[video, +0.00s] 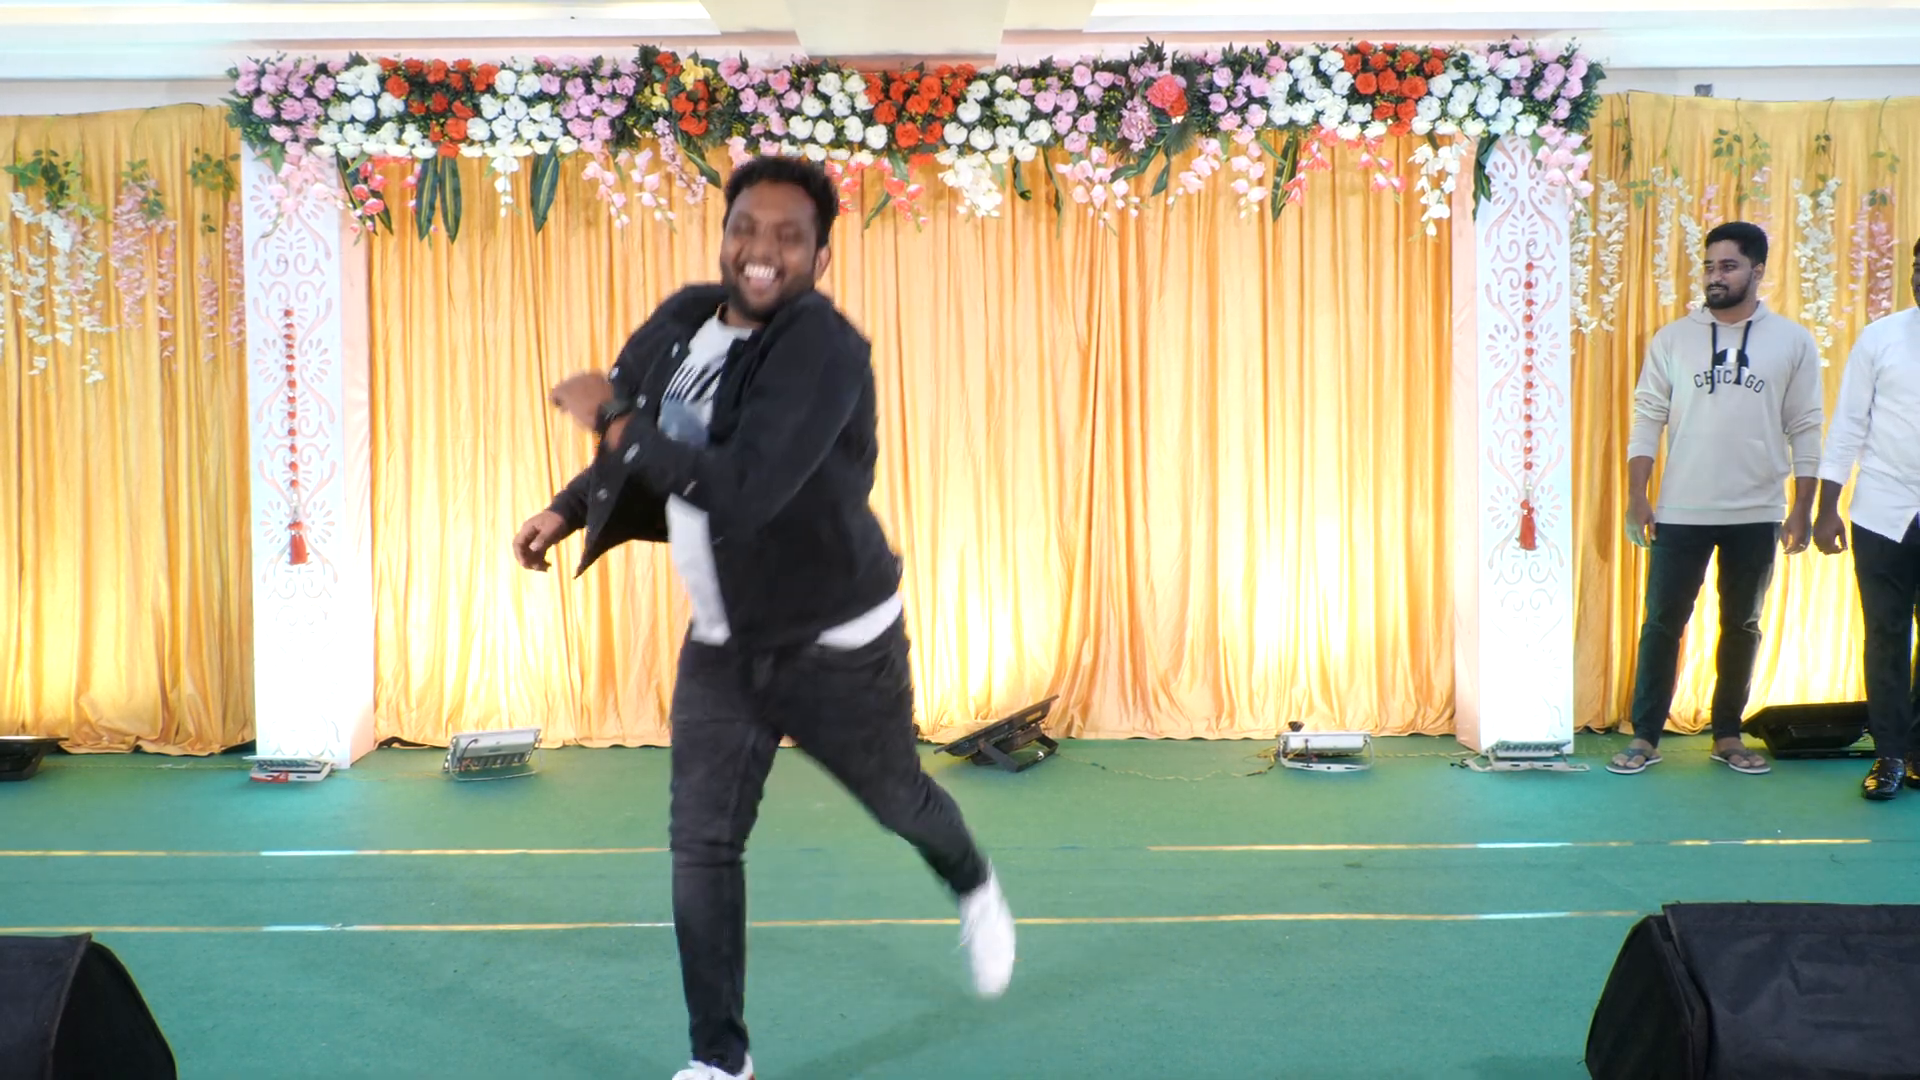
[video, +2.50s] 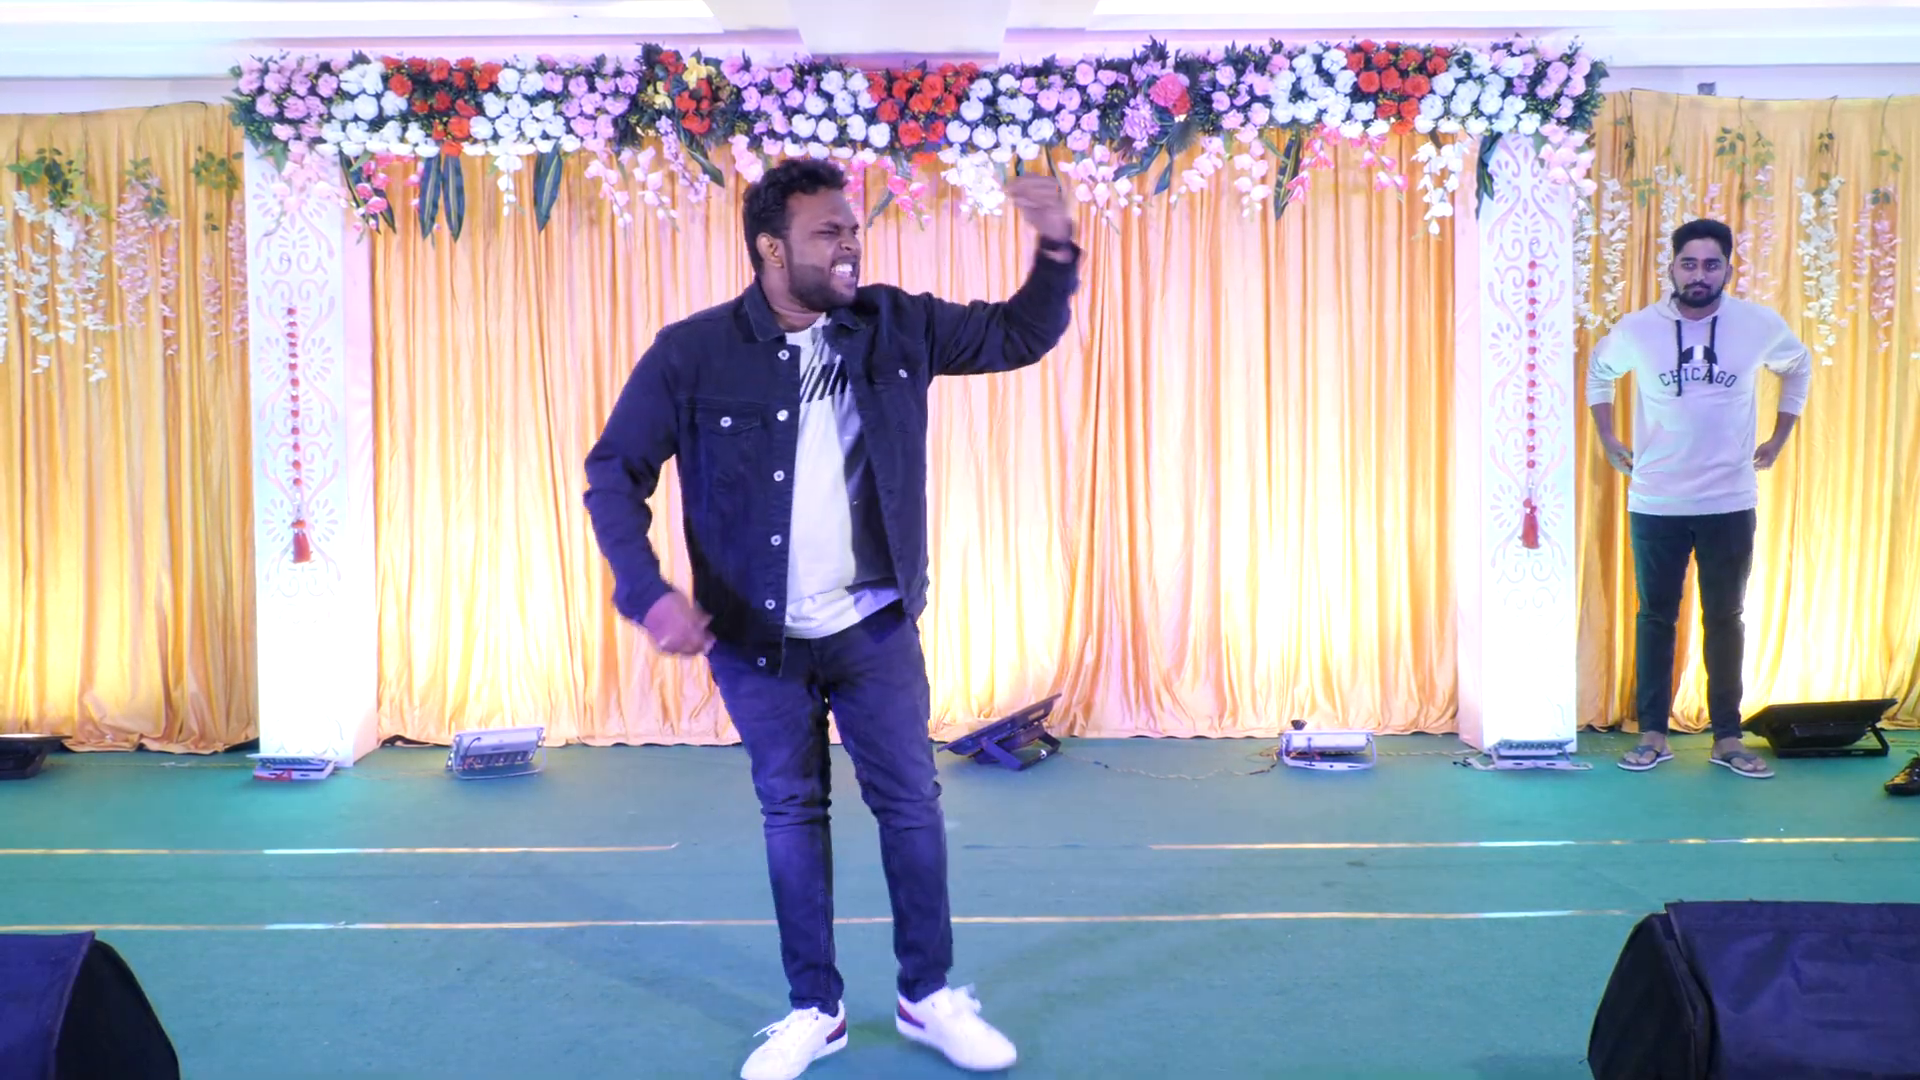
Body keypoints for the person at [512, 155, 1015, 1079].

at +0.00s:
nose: (761, 252)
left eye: (787, 237)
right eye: (745, 231)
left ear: (820, 252)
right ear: (723, 235)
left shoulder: (826, 349)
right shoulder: (682, 319)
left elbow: (742, 489)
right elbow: (637, 439)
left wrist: (618, 424)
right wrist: (569, 510)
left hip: (839, 640)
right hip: (723, 646)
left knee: (902, 801)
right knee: (701, 845)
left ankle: (977, 888)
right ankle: (718, 1058)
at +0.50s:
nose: (792, 284)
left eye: (817, 265)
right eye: (775, 258)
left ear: (839, 269)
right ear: (743, 249)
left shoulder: (826, 365)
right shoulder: (674, 292)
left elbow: (762, 502)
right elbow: (592, 337)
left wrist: (635, 590)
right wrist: (548, 423)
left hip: (786, 640)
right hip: (673, 635)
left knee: (825, 842)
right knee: (704, 847)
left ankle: (852, 788)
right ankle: (752, 1055)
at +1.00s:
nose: (924, 342)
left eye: (937, 325)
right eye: (912, 323)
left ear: (945, 312)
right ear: (854, 294)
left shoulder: (903, 371)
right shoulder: (765, 327)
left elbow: (900, 448)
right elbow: (674, 283)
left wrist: (945, 504)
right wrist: (836, 221)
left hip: (828, 619)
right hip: (708, 632)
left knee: (873, 815)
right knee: (719, 846)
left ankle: (847, 979)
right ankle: (742, 1055)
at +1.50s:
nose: (988, 320)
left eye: (997, 300)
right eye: (973, 299)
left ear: (998, 288)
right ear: (909, 285)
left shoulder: (956, 361)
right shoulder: (828, 356)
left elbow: (935, 467)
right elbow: (788, 498)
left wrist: (1003, 522)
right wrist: (958, 526)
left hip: (910, 649)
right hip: (803, 649)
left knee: (911, 852)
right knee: (818, 844)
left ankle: (887, 1061)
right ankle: (704, 880)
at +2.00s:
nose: (931, 249)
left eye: (931, 232)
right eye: (910, 234)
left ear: (921, 238)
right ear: (842, 246)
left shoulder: (963, 356)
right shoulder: (746, 345)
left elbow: (1061, 456)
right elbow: (663, 478)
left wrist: (1162, 468)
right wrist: (607, 602)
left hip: (901, 654)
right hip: (775, 653)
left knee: (894, 850)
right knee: (767, 846)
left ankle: (889, 1058)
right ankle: (802, 997)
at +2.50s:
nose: (852, 249)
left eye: (855, 232)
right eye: (830, 235)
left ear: (859, 236)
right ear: (768, 248)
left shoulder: (898, 325)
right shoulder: (693, 353)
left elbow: (1018, 334)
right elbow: (613, 475)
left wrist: (1056, 252)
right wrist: (648, 595)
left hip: (876, 623)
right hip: (758, 638)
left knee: (912, 801)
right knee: (792, 815)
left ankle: (928, 993)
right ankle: (814, 1007)